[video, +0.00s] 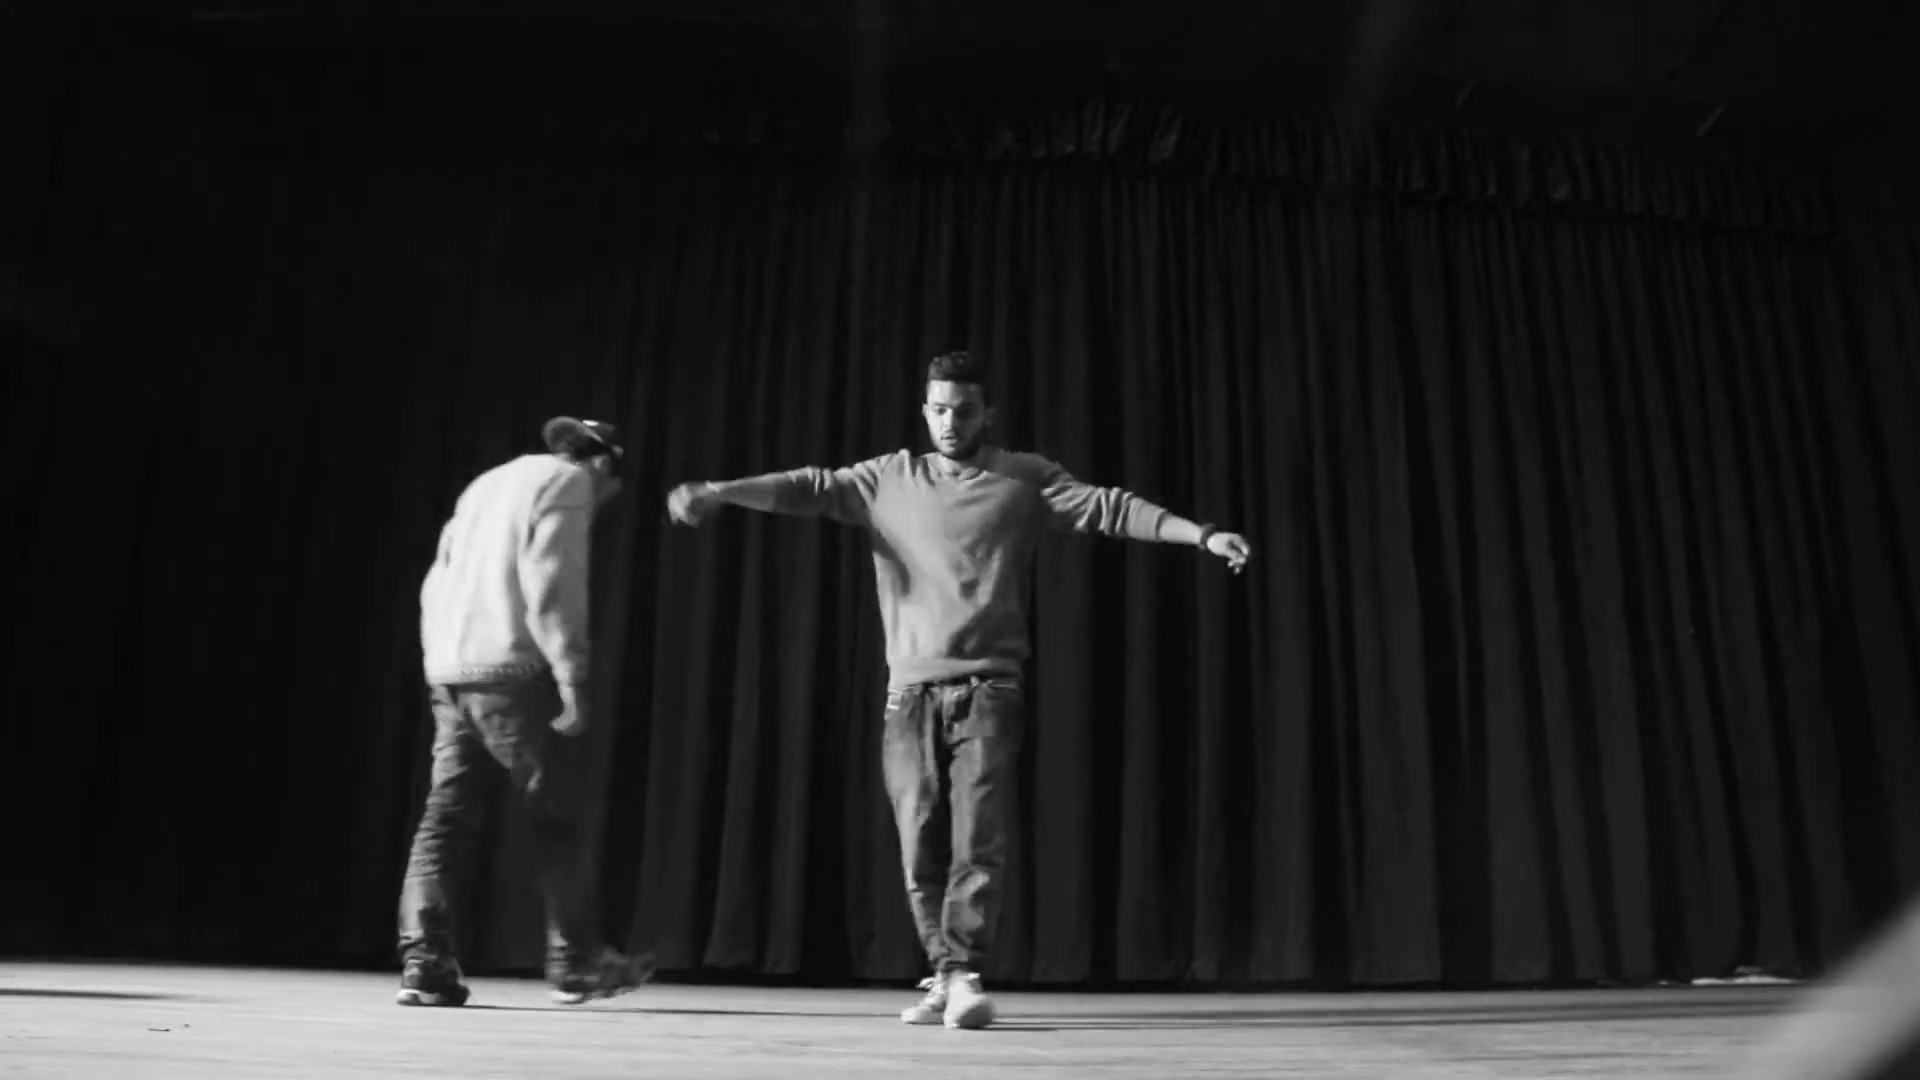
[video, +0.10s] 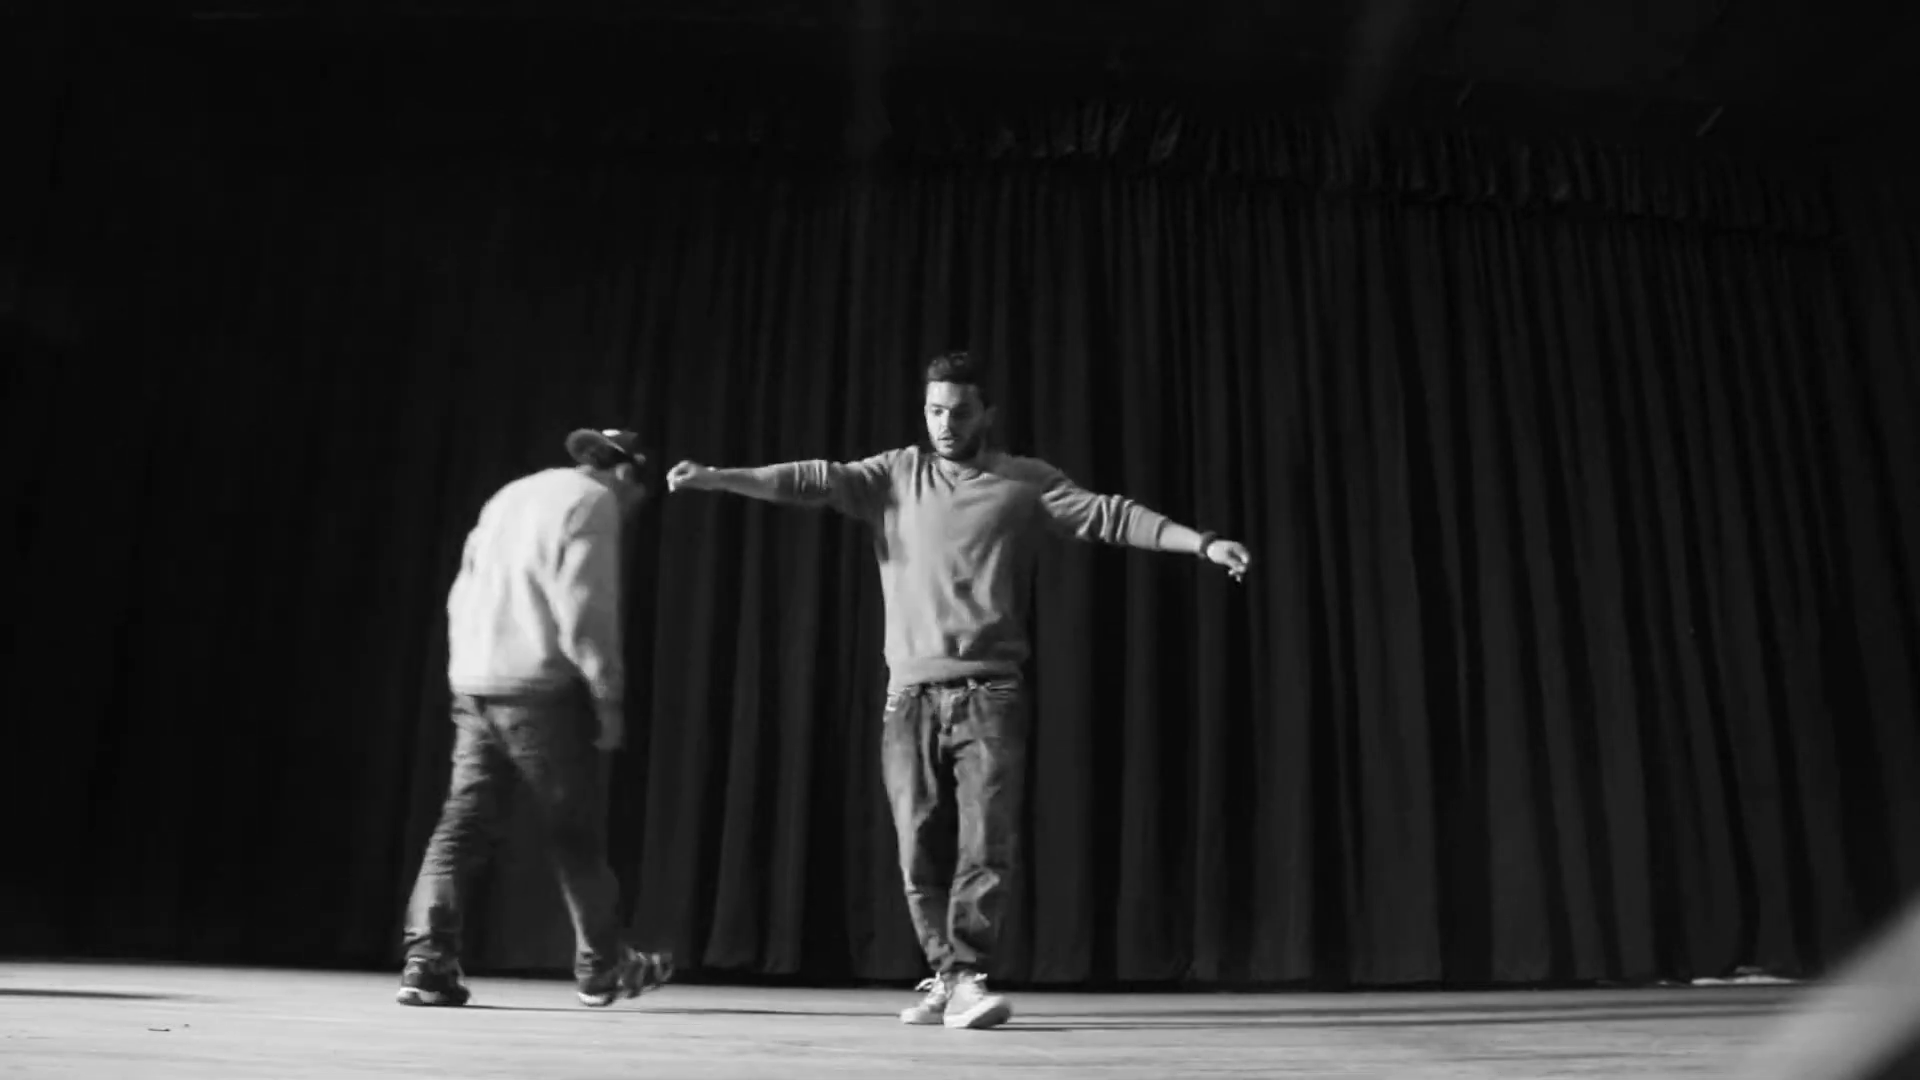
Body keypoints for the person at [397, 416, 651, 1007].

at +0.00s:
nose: (605, 494)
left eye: (610, 485)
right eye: (609, 481)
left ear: (560, 450)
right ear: (599, 462)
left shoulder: (485, 485)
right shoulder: (568, 478)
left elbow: (438, 582)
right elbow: (553, 580)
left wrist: (445, 671)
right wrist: (573, 680)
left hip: (453, 679)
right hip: (511, 676)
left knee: (445, 819)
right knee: (558, 815)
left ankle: (425, 961)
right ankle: (576, 960)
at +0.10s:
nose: (632, 503)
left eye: (636, 496)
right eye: (635, 491)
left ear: (584, 459)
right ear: (622, 472)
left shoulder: (507, 496)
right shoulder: (592, 498)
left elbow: (463, 594)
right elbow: (584, 604)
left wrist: (469, 677)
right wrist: (608, 698)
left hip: (476, 686)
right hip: (539, 689)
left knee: (462, 824)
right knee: (574, 827)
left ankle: (428, 963)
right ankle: (603, 964)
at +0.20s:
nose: (667, 508)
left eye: (672, 498)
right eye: (669, 495)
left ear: (617, 472)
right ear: (650, 479)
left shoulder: (533, 509)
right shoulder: (624, 519)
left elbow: (494, 605)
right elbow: (620, 626)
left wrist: (503, 684)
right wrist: (638, 718)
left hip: (507, 699)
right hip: (572, 704)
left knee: (484, 828)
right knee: (602, 835)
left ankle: (432, 955)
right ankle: (610, 970)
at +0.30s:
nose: (696, 507)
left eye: (699, 496)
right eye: (696, 494)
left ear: (643, 474)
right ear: (677, 481)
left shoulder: (562, 512)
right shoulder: (658, 527)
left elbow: (521, 609)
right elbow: (656, 638)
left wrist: (532, 690)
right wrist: (664, 729)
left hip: (539, 706)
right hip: (604, 710)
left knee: (535, 821)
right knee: (632, 833)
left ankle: (456, 922)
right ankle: (611, 971)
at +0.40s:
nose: (717, 509)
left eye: (722, 498)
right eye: (718, 497)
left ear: (662, 475)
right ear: (698, 485)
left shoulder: (584, 515)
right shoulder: (682, 528)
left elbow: (545, 614)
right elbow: (686, 639)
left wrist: (558, 693)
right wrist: (692, 726)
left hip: (570, 704)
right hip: (635, 707)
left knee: (576, 820)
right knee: (637, 841)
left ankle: (497, 911)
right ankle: (613, 973)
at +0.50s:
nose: (732, 506)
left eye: (735, 496)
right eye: (732, 495)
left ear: (676, 477)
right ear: (711, 483)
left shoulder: (603, 523)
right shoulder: (698, 529)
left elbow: (571, 625)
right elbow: (709, 638)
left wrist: (582, 704)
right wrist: (721, 721)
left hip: (600, 707)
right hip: (659, 708)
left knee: (606, 825)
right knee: (647, 840)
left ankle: (541, 936)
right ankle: (619, 968)